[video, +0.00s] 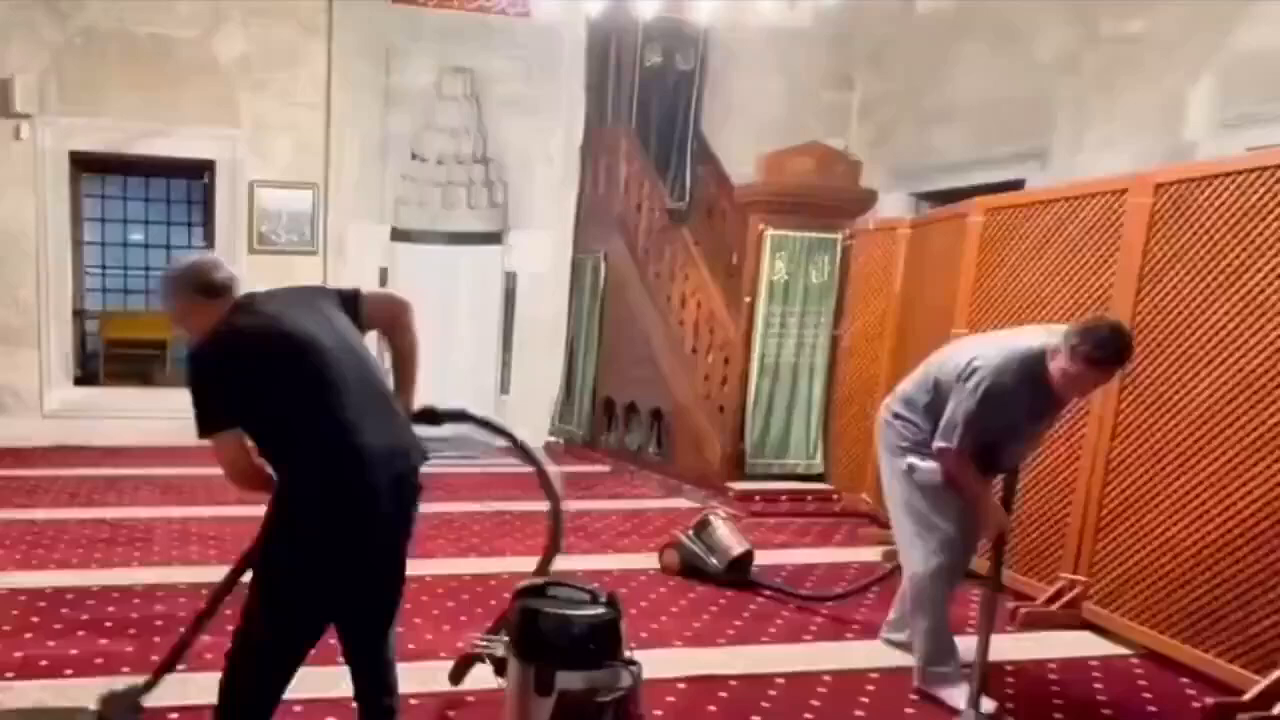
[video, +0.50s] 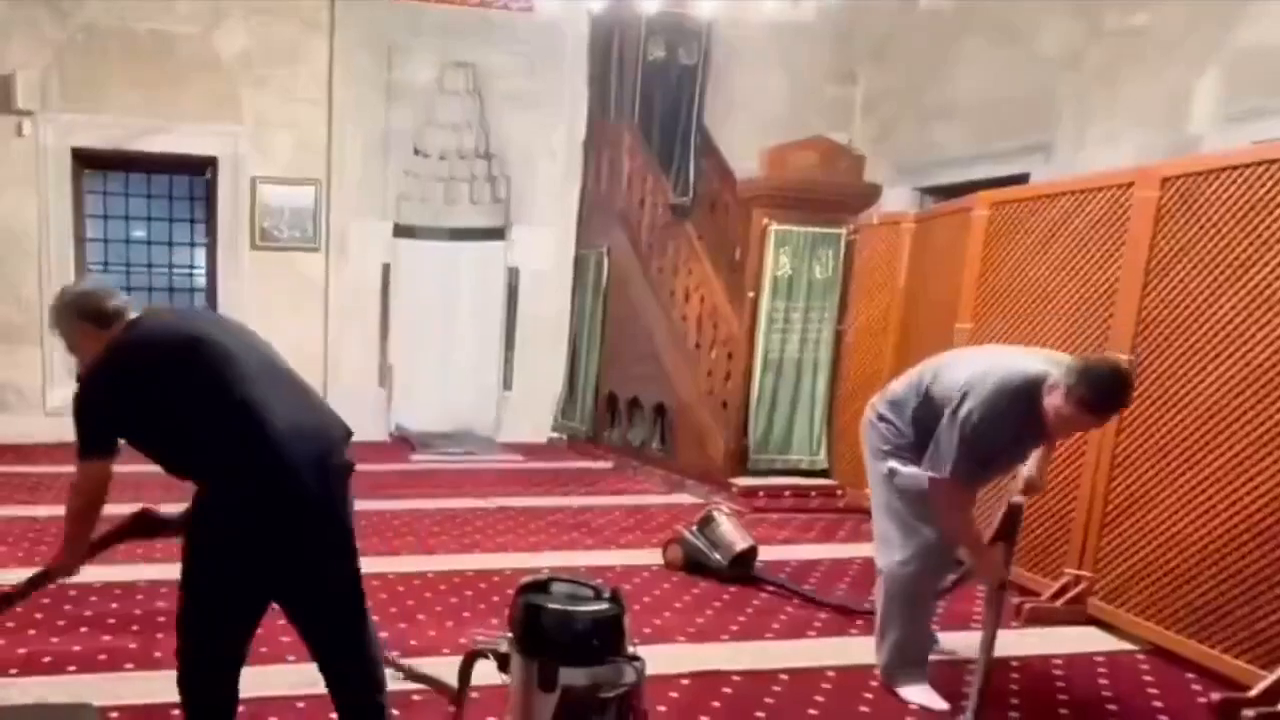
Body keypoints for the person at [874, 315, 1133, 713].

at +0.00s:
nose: (1086, 392)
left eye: (1095, 386)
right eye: (1084, 380)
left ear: (1105, 375)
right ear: (1066, 356)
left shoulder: (1067, 365)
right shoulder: (997, 371)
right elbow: (948, 454)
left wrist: (1011, 455)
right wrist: (987, 508)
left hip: (968, 445)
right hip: (912, 433)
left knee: (959, 542)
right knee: (934, 555)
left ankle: (902, 626)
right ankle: (936, 673)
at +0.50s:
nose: (1070, 432)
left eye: (1083, 428)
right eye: (1070, 421)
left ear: (1099, 420)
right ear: (1055, 391)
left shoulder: (1069, 378)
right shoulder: (990, 400)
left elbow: (1051, 424)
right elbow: (948, 495)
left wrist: (1037, 463)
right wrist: (980, 555)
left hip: (949, 441)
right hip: (898, 434)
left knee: (938, 548)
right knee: (909, 556)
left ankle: (915, 630)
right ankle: (903, 672)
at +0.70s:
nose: (1055, 457)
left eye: (1069, 452)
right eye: (1049, 446)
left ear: (1082, 430)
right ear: (1029, 411)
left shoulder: (1065, 404)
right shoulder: (966, 420)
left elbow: (1064, 460)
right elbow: (946, 520)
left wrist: (1041, 504)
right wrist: (978, 594)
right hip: (895, 434)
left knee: (936, 551)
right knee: (902, 556)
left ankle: (915, 631)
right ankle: (902, 674)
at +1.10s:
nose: (1033, 427)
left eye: (1043, 419)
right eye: (1027, 416)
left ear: (1056, 404)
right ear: (1004, 386)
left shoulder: (1058, 386)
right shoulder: (947, 393)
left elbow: (1057, 421)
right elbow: (917, 481)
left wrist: (1029, 459)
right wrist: (954, 557)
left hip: (966, 449)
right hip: (898, 434)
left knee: (940, 544)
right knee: (903, 553)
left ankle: (888, 616)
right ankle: (906, 670)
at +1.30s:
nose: (1043, 387)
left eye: (1051, 377)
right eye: (1041, 375)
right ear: (1011, 354)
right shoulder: (942, 367)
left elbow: (1030, 404)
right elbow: (913, 457)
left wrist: (1018, 427)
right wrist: (950, 514)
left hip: (957, 441)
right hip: (896, 433)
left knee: (932, 538)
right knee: (898, 552)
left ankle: (885, 614)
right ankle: (904, 665)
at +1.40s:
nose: (1033, 384)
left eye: (1043, 375)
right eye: (1029, 372)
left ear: (1051, 363)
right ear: (1004, 347)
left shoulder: (1032, 365)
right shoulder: (942, 359)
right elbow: (908, 448)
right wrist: (949, 499)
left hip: (956, 442)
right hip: (893, 430)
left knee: (936, 538)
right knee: (896, 543)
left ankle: (888, 617)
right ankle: (894, 656)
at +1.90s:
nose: (997, 410)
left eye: (1008, 405)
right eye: (990, 399)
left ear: (1024, 396)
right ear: (976, 373)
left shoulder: (1016, 382)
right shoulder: (920, 381)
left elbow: (1005, 415)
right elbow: (887, 470)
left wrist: (991, 443)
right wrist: (922, 532)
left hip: (935, 447)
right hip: (867, 432)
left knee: (922, 540)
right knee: (860, 538)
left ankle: (897, 631)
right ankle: (849, 656)